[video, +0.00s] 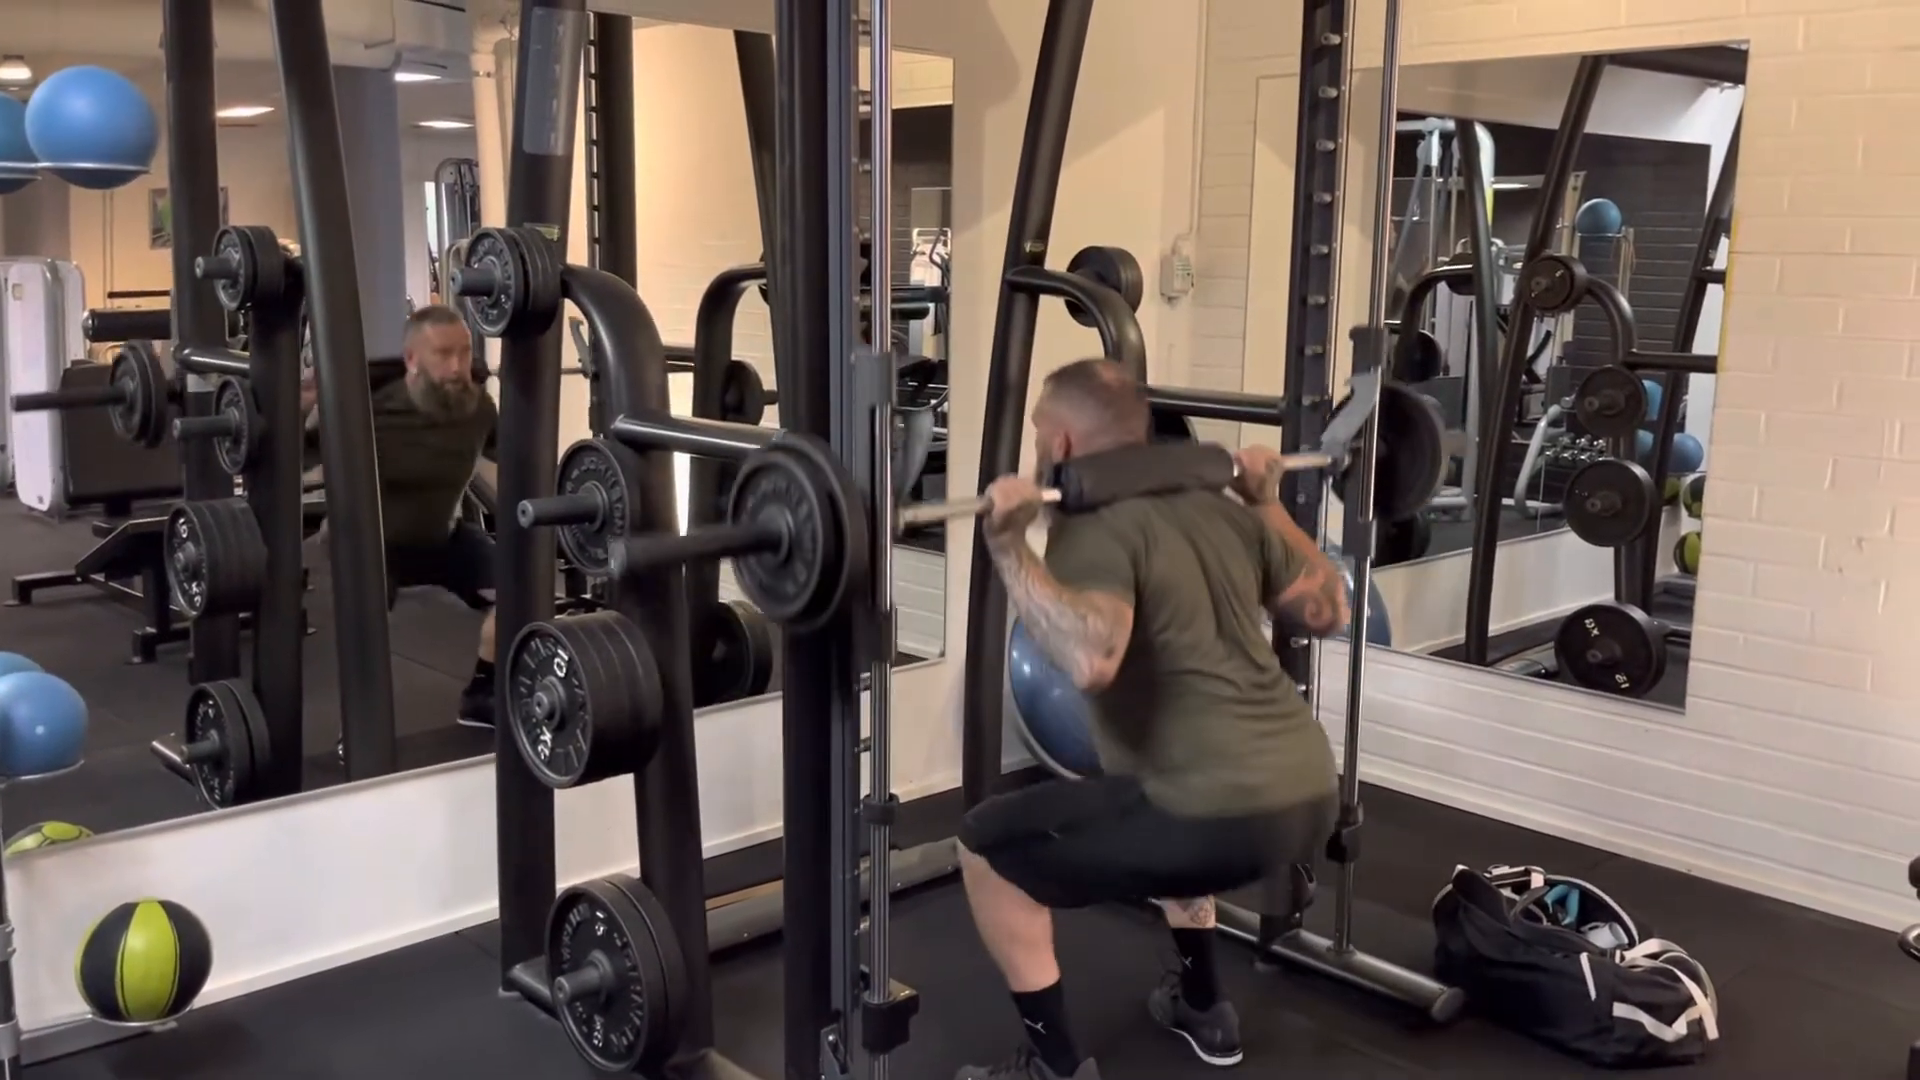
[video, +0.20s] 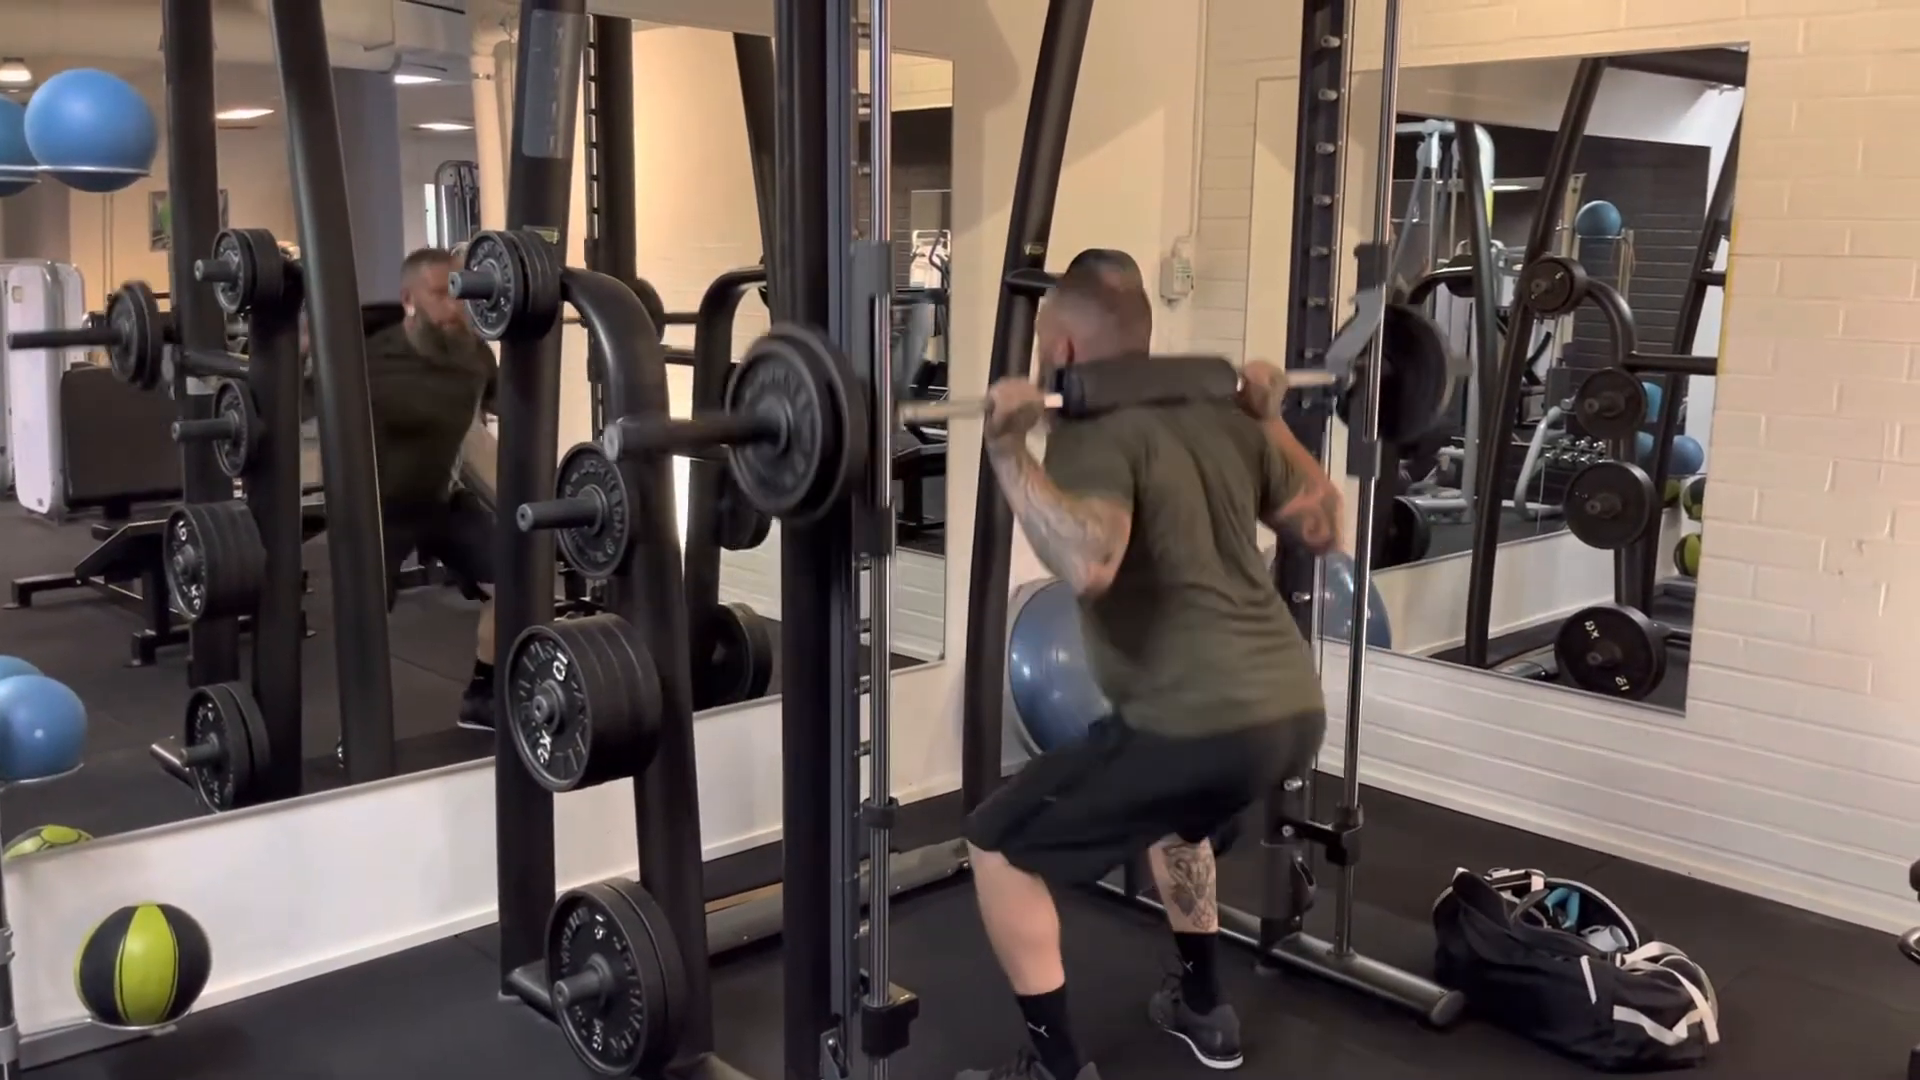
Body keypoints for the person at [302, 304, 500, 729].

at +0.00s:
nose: (458, 367)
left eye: (465, 353)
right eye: (444, 354)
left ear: (473, 354)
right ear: (411, 360)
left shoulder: (478, 410)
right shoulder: (374, 414)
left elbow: (508, 450)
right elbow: (292, 466)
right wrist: (296, 414)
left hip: (441, 541)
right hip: (373, 545)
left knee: (517, 579)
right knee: (364, 609)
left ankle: (484, 691)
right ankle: (359, 721)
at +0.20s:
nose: (454, 306)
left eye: (458, 293)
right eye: (440, 294)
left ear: (467, 296)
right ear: (409, 301)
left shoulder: (476, 356)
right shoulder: (372, 360)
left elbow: (508, 408)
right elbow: (298, 404)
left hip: (441, 508)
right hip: (377, 513)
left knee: (518, 561)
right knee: (367, 613)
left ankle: (485, 691)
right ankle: (358, 727)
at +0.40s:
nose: (455, 238)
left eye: (461, 226)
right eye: (441, 227)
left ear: (469, 227)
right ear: (407, 231)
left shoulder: (470, 294)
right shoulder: (366, 297)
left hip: (449, 467)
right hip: (380, 471)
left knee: (496, 565)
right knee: (363, 602)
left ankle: (482, 694)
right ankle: (360, 722)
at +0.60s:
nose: (454, 210)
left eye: (459, 198)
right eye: (439, 198)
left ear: (466, 202)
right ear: (405, 204)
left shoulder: (471, 268)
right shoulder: (360, 267)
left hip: (457, 452)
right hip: (382, 455)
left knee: (474, 574)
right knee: (366, 588)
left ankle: (480, 697)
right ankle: (359, 704)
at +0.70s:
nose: (454, 212)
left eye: (459, 201)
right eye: (440, 202)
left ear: (466, 206)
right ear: (406, 208)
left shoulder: (471, 269)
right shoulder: (362, 270)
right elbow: (278, 249)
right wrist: (285, 256)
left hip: (456, 455)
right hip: (381, 460)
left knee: (481, 570)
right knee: (365, 592)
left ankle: (480, 698)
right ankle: (360, 711)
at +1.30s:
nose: (455, 224)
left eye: (461, 212)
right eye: (440, 212)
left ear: (468, 216)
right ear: (406, 218)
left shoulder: (473, 280)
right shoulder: (360, 279)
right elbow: (279, 257)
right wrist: (278, 262)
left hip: (456, 464)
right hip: (380, 467)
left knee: (483, 576)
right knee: (364, 596)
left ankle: (481, 702)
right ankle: (360, 717)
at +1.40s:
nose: (456, 241)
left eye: (461, 229)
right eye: (442, 229)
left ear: (467, 233)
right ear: (407, 234)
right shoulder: (362, 296)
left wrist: (498, 468)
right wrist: (274, 274)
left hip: (451, 474)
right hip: (379, 480)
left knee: (493, 569)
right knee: (359, 602)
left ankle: (483, 703)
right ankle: (360, 722)